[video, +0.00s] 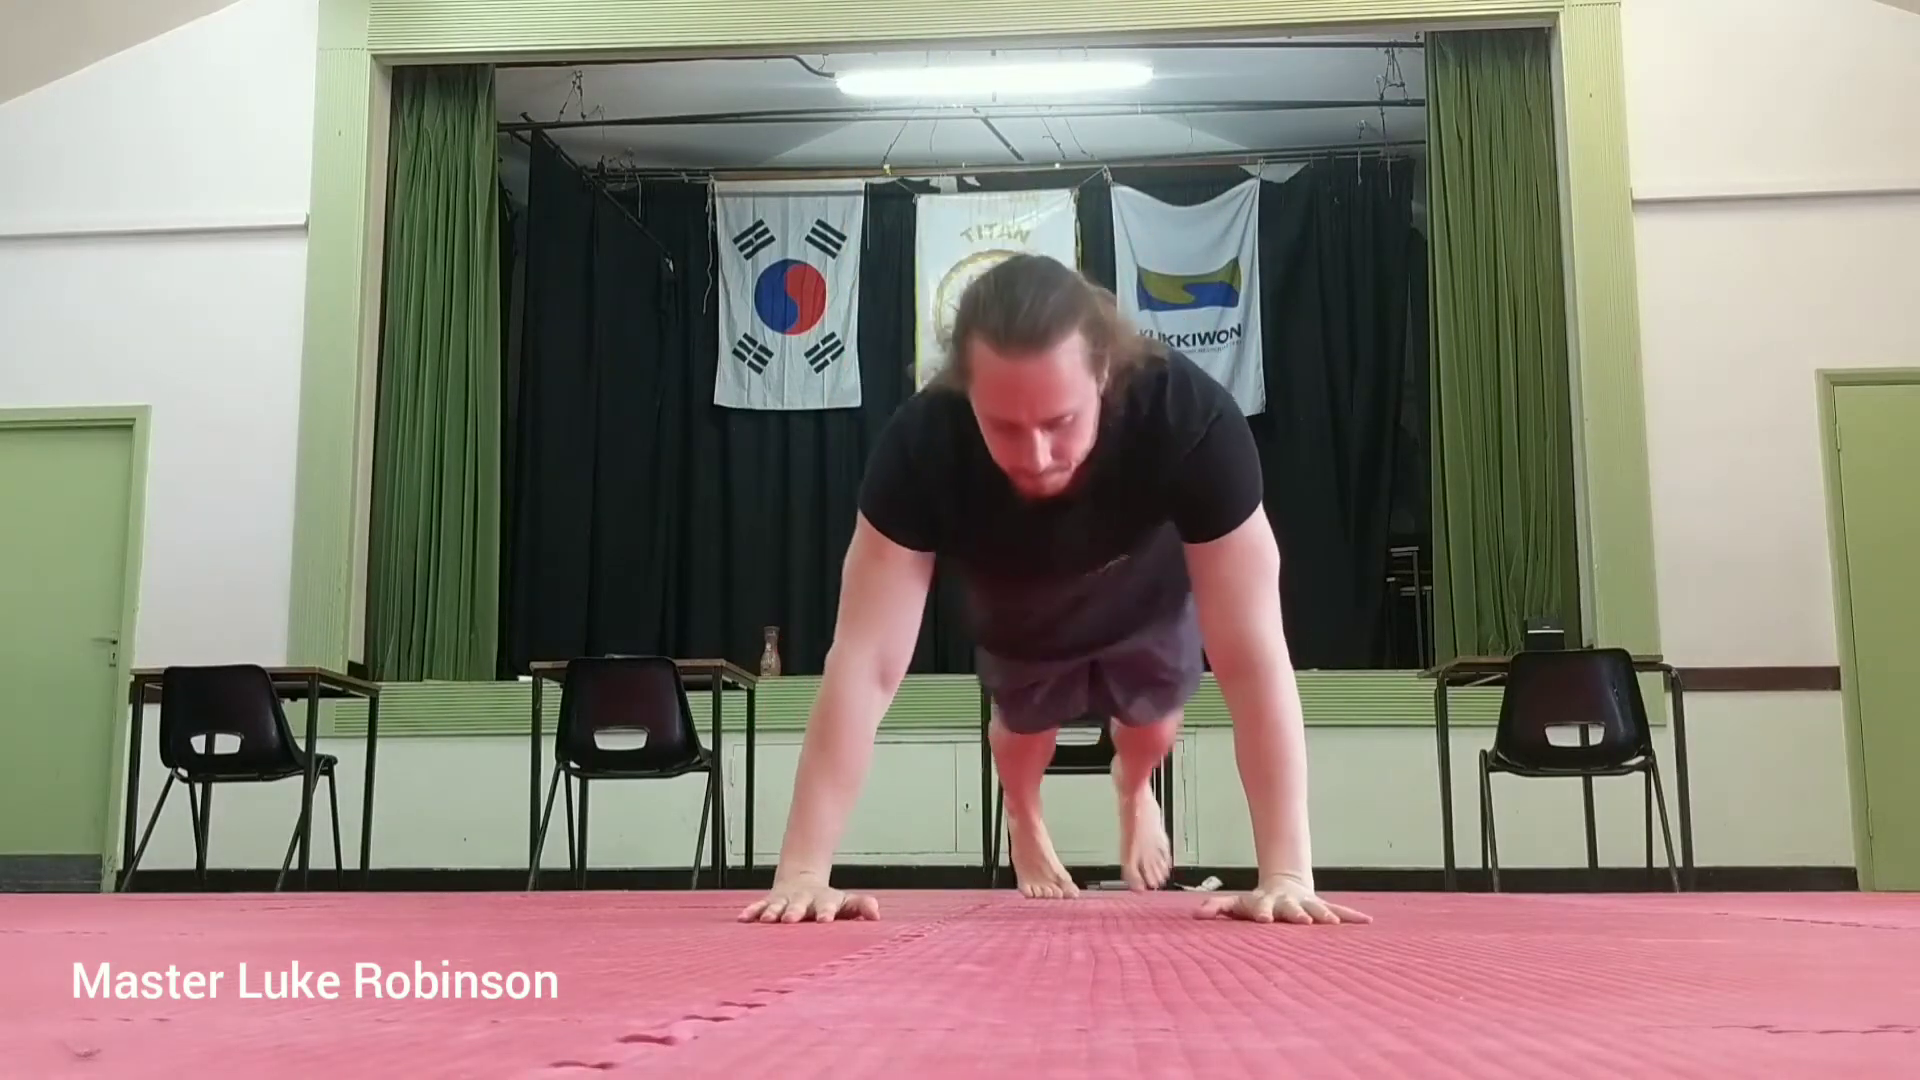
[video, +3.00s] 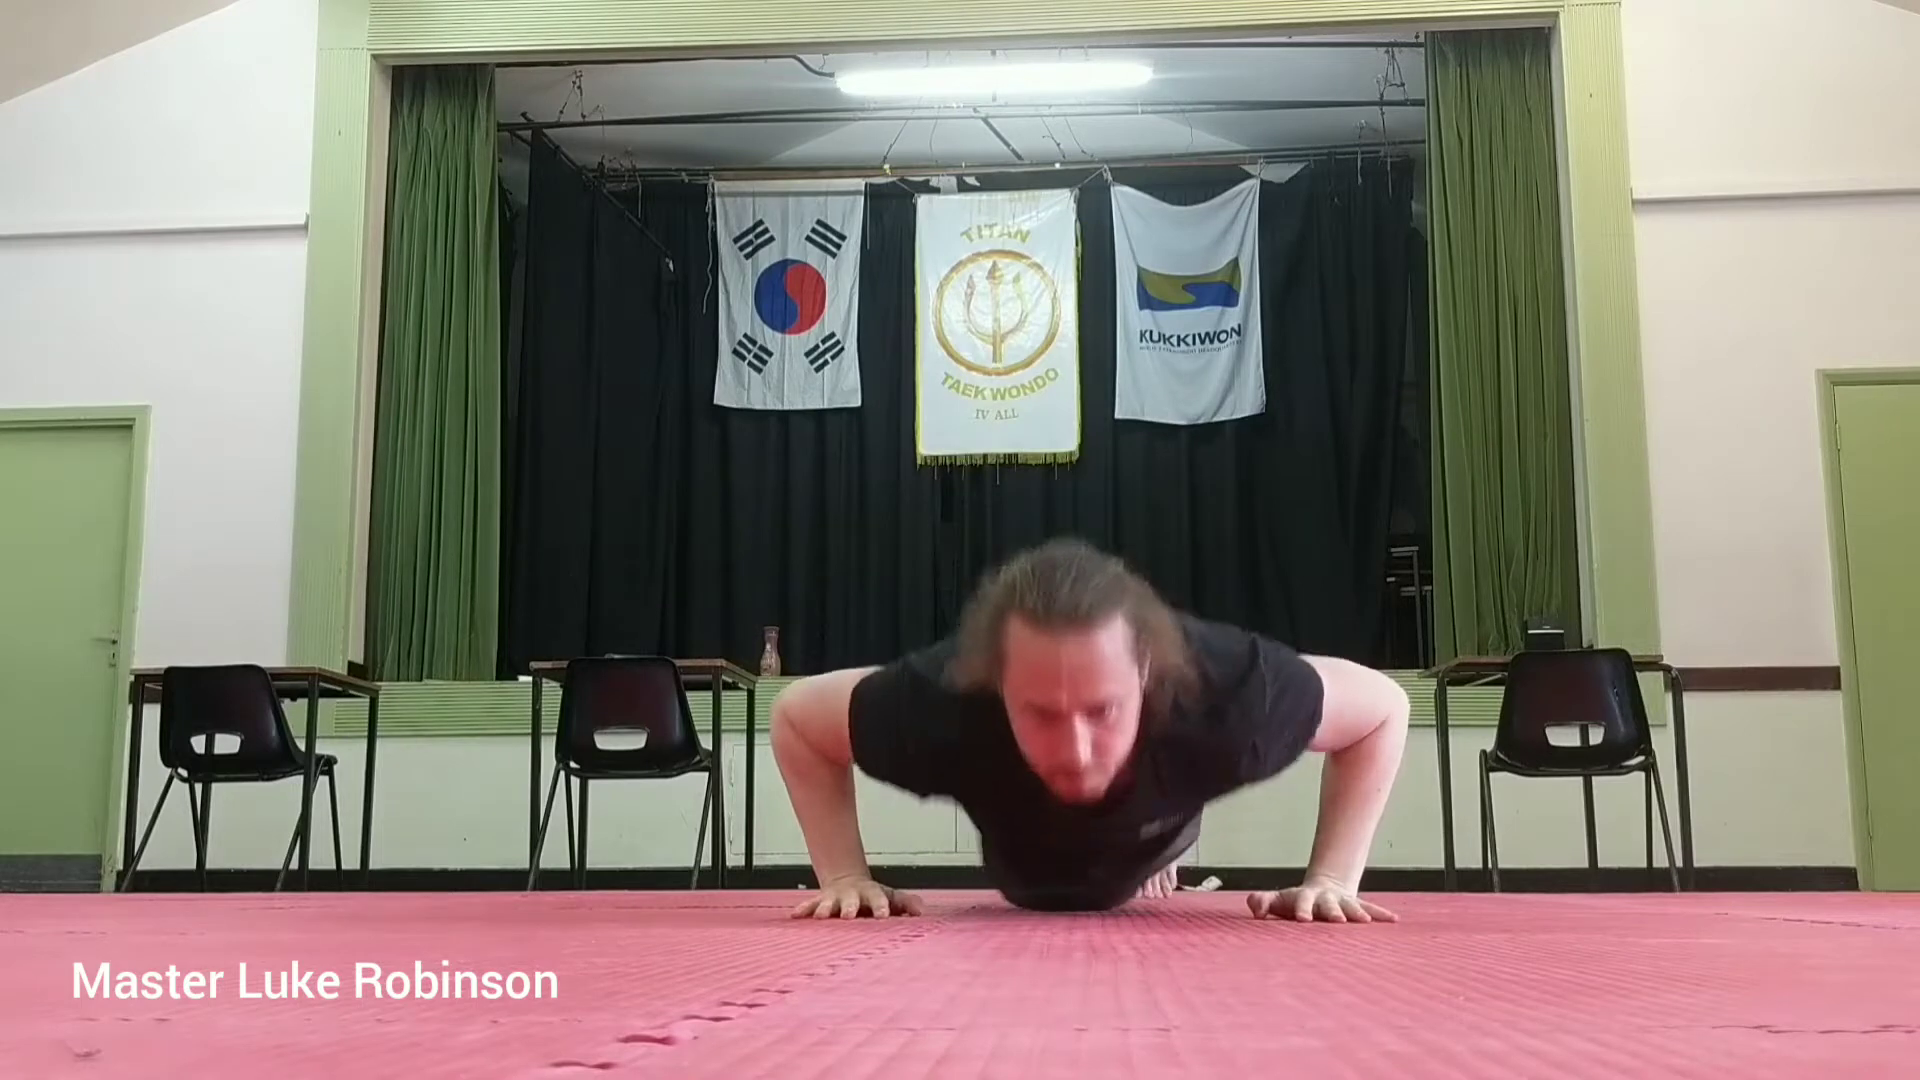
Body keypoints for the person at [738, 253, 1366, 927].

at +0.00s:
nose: (1034, 455)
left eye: (1059, 424)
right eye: (1006, 428)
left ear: (1106, 379)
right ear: (967, 392)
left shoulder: (1189, 423)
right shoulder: (925, 444)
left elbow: (1255, 657)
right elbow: (865, 668)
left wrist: (1286, 874)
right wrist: (802, 868)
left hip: (1151, 605)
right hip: (1018, 618)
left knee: (1151, 729)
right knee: (1026, 735)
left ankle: (1136, 795)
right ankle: (1025, 823)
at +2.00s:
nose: (1073, 415)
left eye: (1093, 379)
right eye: (1039, 387)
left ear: (1131, 348)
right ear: (1000, 365)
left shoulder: (1215, 442)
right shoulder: (946, 450)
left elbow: (1285, 664)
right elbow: (904, 664)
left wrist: (1325, 873)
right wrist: (854, 866)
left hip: (1145, 620)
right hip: (1016, 632)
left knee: (1142, 732)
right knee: (1045, 746)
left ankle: (1142, 825)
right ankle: (1067, 831)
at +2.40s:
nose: (1078, 469)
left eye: (1102, 435)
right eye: (1050, 441)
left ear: (1145, 403)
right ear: (1008, 416)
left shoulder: (1226, 481)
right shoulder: (955, 492)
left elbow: (1325, 688)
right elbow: (868, 688)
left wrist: (1331, 875)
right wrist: (850, 876)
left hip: (1165, 669)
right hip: (1032, 678)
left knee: (1152, 760)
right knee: (1066, 767)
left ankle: (1144, 813)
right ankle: (1087, 817)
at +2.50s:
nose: (1082, 617)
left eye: (1103, 582)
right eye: (1051, 587)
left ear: (1147, 544)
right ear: (1010, 557)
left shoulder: (1228, 571)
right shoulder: (958, 591)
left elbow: (1356, 713)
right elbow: (822, 721)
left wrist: (1334, 870)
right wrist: (846, 874)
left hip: (1164, 751)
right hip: (1042, 767)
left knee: (1156, 789)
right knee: (1071, 808)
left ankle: (1148, 829)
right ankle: (1082, 840)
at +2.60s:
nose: (1076, 702)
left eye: (1101, 669)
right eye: (1048, 674)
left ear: (1149, 629)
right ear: (1003, 642)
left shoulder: (1236, 643)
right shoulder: (948, 664)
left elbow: (1375, 715)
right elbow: (808, 723)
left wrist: (1336, 875)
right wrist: (844, 875)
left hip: (1165, 789)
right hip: (1031, 802)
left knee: (1153, 820)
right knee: (1060, 836)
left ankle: (1150, 850)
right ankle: (1079, 858)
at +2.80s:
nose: (1070, 810)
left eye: (1095, 776)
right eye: (1038, 780)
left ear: (1144, 737)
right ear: (995, 745)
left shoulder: (1227, 730)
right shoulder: (937, 748)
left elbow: (1380, 702)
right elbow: (798, 713)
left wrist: (1334, 876)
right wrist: (840, 873)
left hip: (1153, 860)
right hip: (1005, 867)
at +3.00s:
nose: (1077, 750)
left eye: (1102, 714)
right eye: (1044, 716)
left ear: (1147, 680)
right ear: (999, 686)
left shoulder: (1229, 697)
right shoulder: (946, 705)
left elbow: (1380, 711)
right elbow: (800, 719)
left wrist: (1333, 875)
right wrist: (843, 872)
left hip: (1152, 844)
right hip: (1024, 858)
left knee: (1152, 872)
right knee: (1049, 887)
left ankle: (1157, 877)